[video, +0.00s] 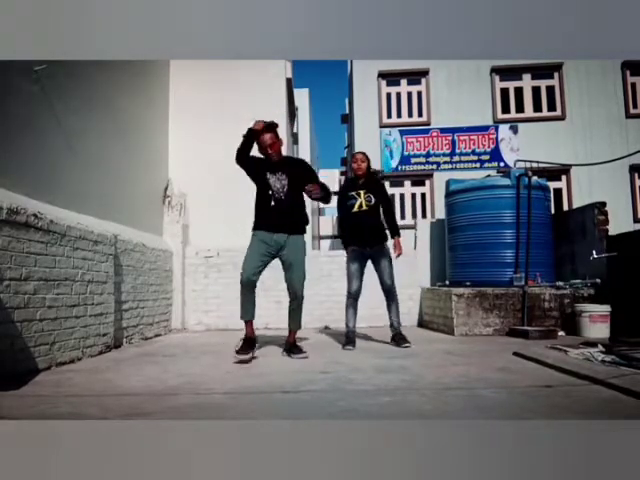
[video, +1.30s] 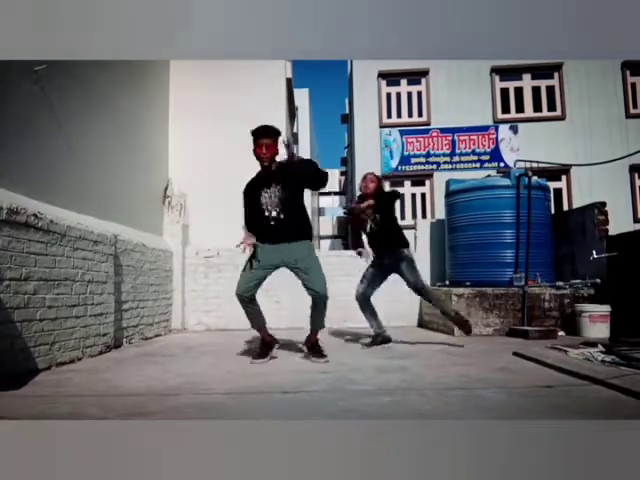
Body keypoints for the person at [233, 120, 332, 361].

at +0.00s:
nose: (270, 149)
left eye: (273, 143)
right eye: (265, 146)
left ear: (281, 142)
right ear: (260, 148)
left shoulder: (299, 166)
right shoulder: (259, 167)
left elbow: (326, 196)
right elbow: (241, 157)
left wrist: (320, 193)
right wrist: (251, 134)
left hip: (293, 237)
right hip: (264, 235)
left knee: (297, 290)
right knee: (247, 279)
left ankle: (292, 340)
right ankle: (249, 335)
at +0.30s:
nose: (264, 139)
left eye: (268, 134)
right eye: (259, 135)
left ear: (275, 135)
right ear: (253, 138)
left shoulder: (291, 164)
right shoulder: (249, 165)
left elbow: (308, 198)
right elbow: (219, 177)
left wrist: (305, 227)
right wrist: (224, 145)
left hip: (289, 234)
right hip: (259, 235)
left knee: (292, 289)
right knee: (248, 288)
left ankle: (291, 340)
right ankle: (245, 342)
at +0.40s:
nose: (264, 138)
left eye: (268, 134)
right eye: (260, 134)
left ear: (275, 136)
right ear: (252, 137)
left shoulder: (287, 168)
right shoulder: (241, 169)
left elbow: (300, 202)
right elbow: (210, 197)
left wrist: (300, 231)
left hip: (285, 237)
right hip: (254, 237)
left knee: (294, 287)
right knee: (245, 288)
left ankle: (291, 337)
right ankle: (244, 342)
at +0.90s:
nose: (269, 128)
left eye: (273, 124)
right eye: (264, 124)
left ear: (280, 127)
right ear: (257, 127)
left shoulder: (290, 159)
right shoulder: (243, 158)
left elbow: (307, 192)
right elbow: (216, 189)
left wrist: (308, 218)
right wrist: (225, 215)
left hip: (285, 230)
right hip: (253, 231)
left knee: (297, 283)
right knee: (246, 287)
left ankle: (302, 342)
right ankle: (244, 342)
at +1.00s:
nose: (269, 130)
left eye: (273, 126)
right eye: (264, 126)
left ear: (279, 128)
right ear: (256, 128)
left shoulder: (292, 159)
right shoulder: (242, 159)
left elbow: (314, 182)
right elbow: (212, 179)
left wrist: (327, 200)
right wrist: (205, 199)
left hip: (285, 236)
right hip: (252, 237)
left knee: (301, 285)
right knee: (242, 289)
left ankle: (306, 340)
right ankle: (240, 341)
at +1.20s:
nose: (267, 143)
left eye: (271, 139)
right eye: (262, 139)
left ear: (278, 141)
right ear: (255, 142)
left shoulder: (294, 170)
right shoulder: (249, 178)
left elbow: (321, 196)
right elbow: (235, 211)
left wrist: (344, 191)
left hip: (293, 245)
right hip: (260, 246)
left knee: (314, 295)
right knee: (240, 289)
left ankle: (309, 344)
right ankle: (250, 336)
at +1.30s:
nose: (264, 152)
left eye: (269, 146)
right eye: (260, 147)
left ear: (277, 147)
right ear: (254, 149)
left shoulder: (294, 170)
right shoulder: (252, 188)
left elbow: (321, 180)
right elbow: (251, 224)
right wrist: (251, 236)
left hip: (299, 247)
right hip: (266, 250)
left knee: (320, 294)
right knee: (244, 293)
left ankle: (313, 339)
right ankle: (266, 338)